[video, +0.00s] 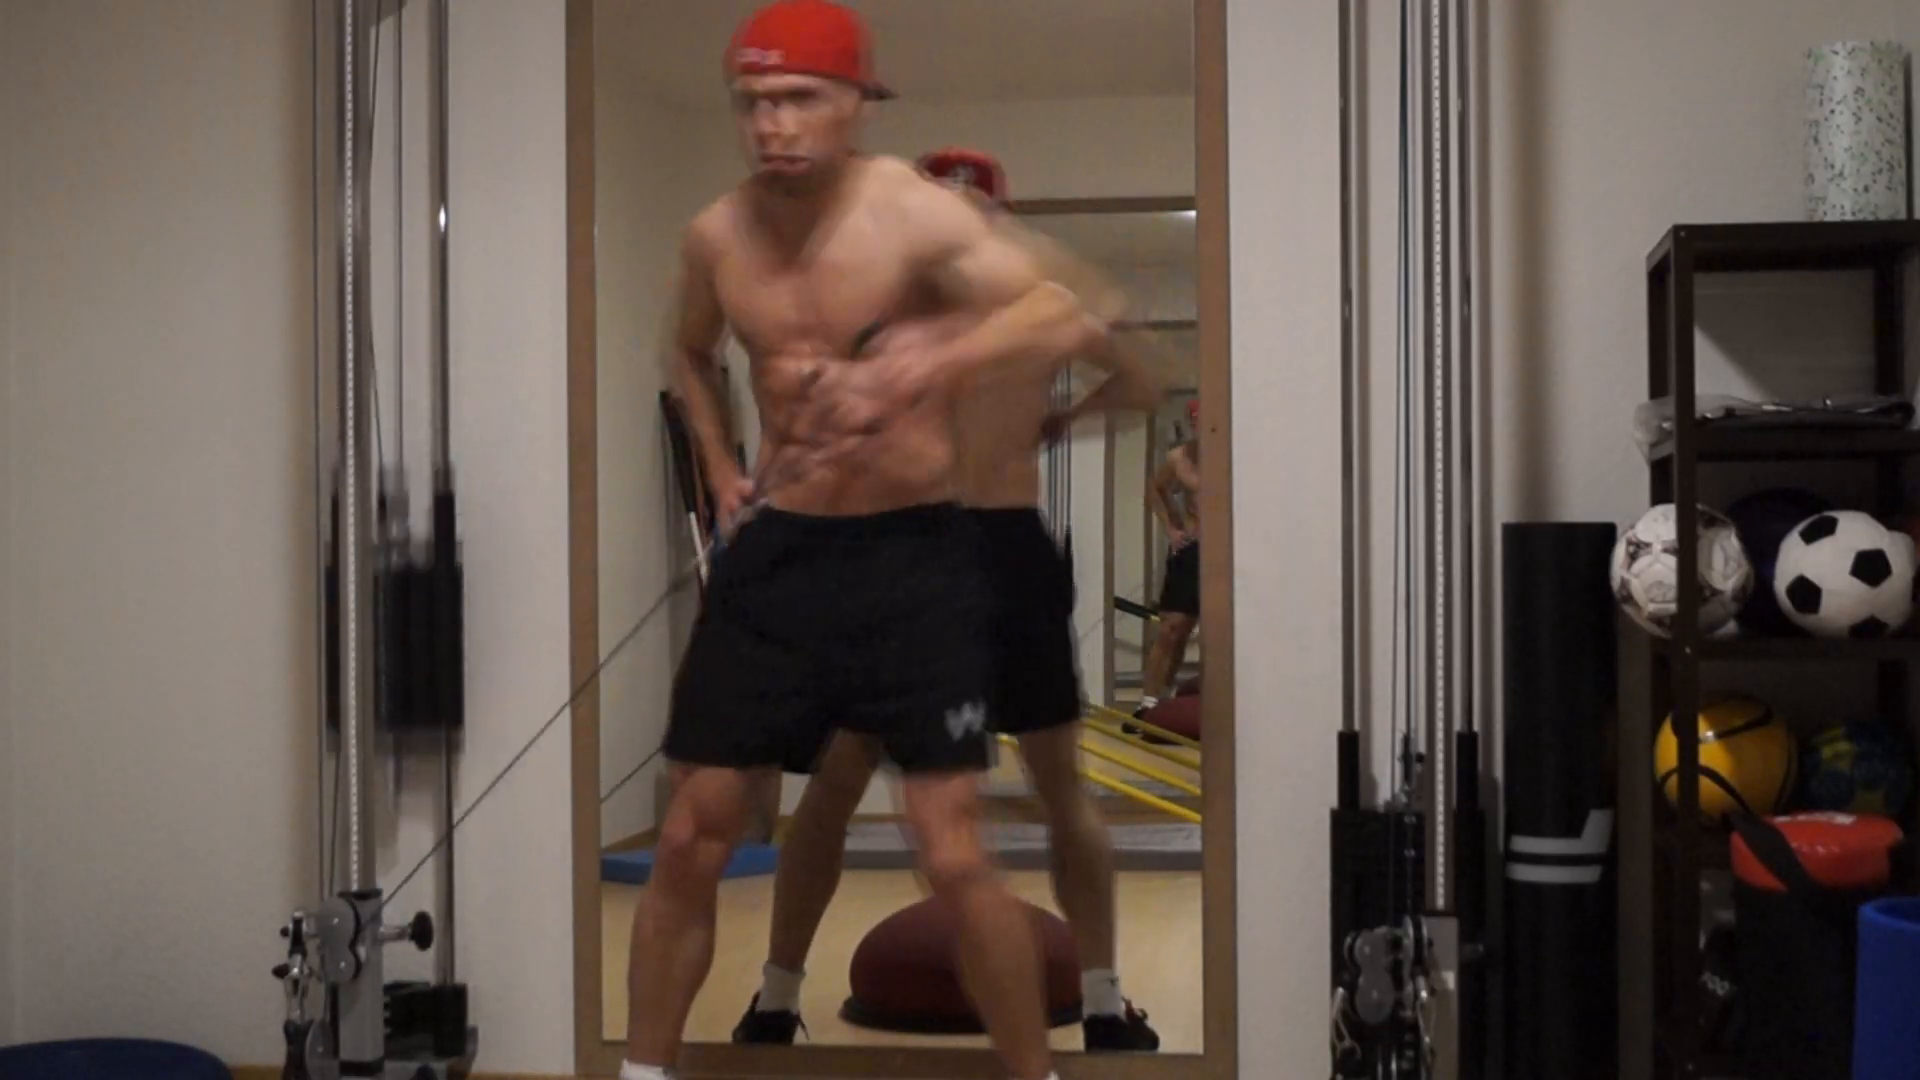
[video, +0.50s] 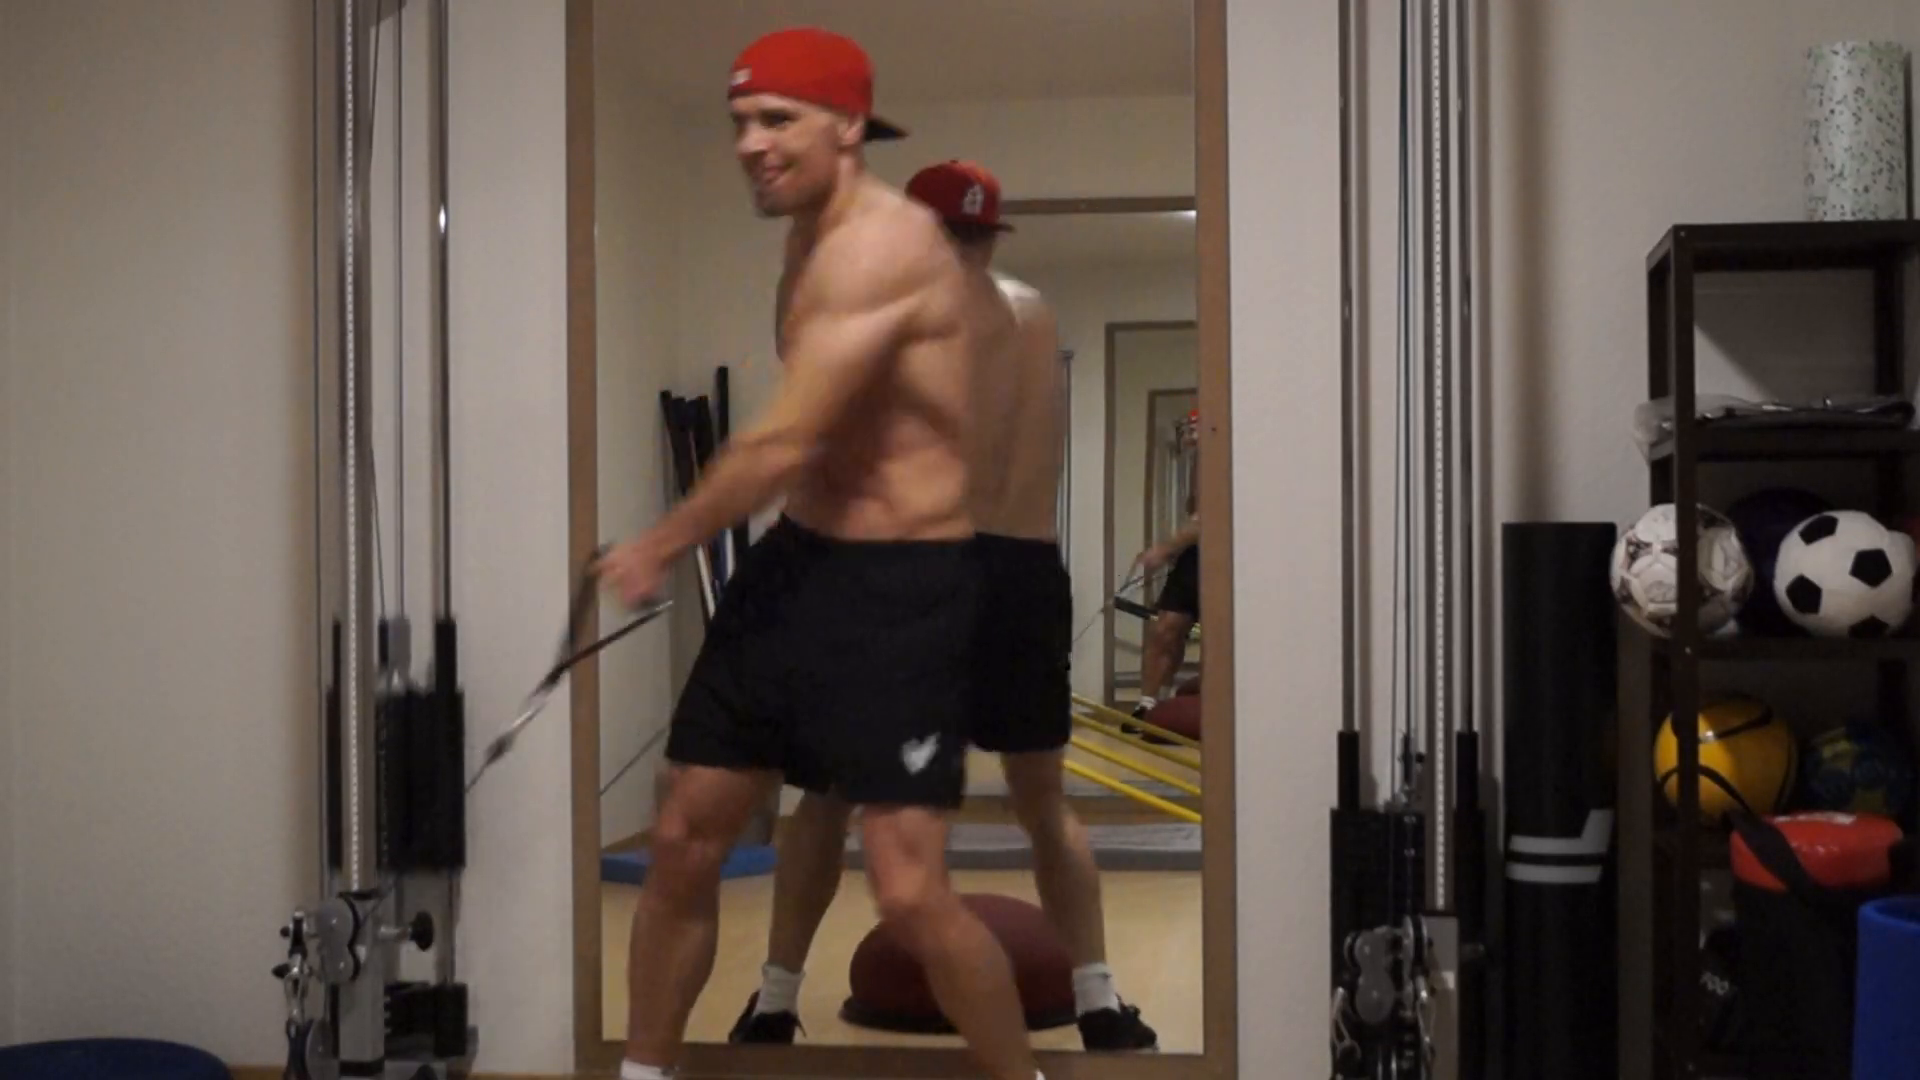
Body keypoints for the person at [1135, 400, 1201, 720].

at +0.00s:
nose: (1203, 424)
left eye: (1207, 417)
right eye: (1198, 417)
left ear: (1216, 421)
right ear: (1192, 420)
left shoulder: (1226, 457)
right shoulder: (1180, 457)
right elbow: (1155, 489)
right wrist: (1171, 528)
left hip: (1218, 548)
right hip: (1190, 546)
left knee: (1185, 628)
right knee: (1173, 625)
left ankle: (1164, 694)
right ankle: (1150, 698)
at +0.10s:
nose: (1187, 432)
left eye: (1192, 424)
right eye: (1182, 426)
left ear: (1207, 427)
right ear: (1178, 430)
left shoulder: (1218, 464)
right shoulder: (1177, 467)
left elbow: (1227, 507)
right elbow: (1173, 503)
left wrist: (1201, 523)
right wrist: (1180, 526)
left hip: (1215, 546)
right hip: (1186, 545)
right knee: (1166, 624)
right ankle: (1149, 698)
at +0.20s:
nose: (1179, 432)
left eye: (1186, 425)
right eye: (1176, 426)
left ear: (1203, 426)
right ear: (1175, 430)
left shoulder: (1207, 460)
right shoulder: (1188, 461)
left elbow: (1206, 516)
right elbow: (1195, 514)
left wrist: (1167, 538)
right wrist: (1176, 540)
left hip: (1206, 551)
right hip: (1188, 550)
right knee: (1164, 626)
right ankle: (1150, 700)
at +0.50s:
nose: (1192, 436)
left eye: (1198, 429)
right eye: (1191, 430)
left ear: (1213, 430)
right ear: (1193, 433)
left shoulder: (1224, 461)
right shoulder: (1204, 458)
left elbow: (1207, 520)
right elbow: (1201, 516)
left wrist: (1165, 549)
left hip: (1221, 546)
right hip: (1198, 546)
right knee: (1167, 626)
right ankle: (1148, 699)